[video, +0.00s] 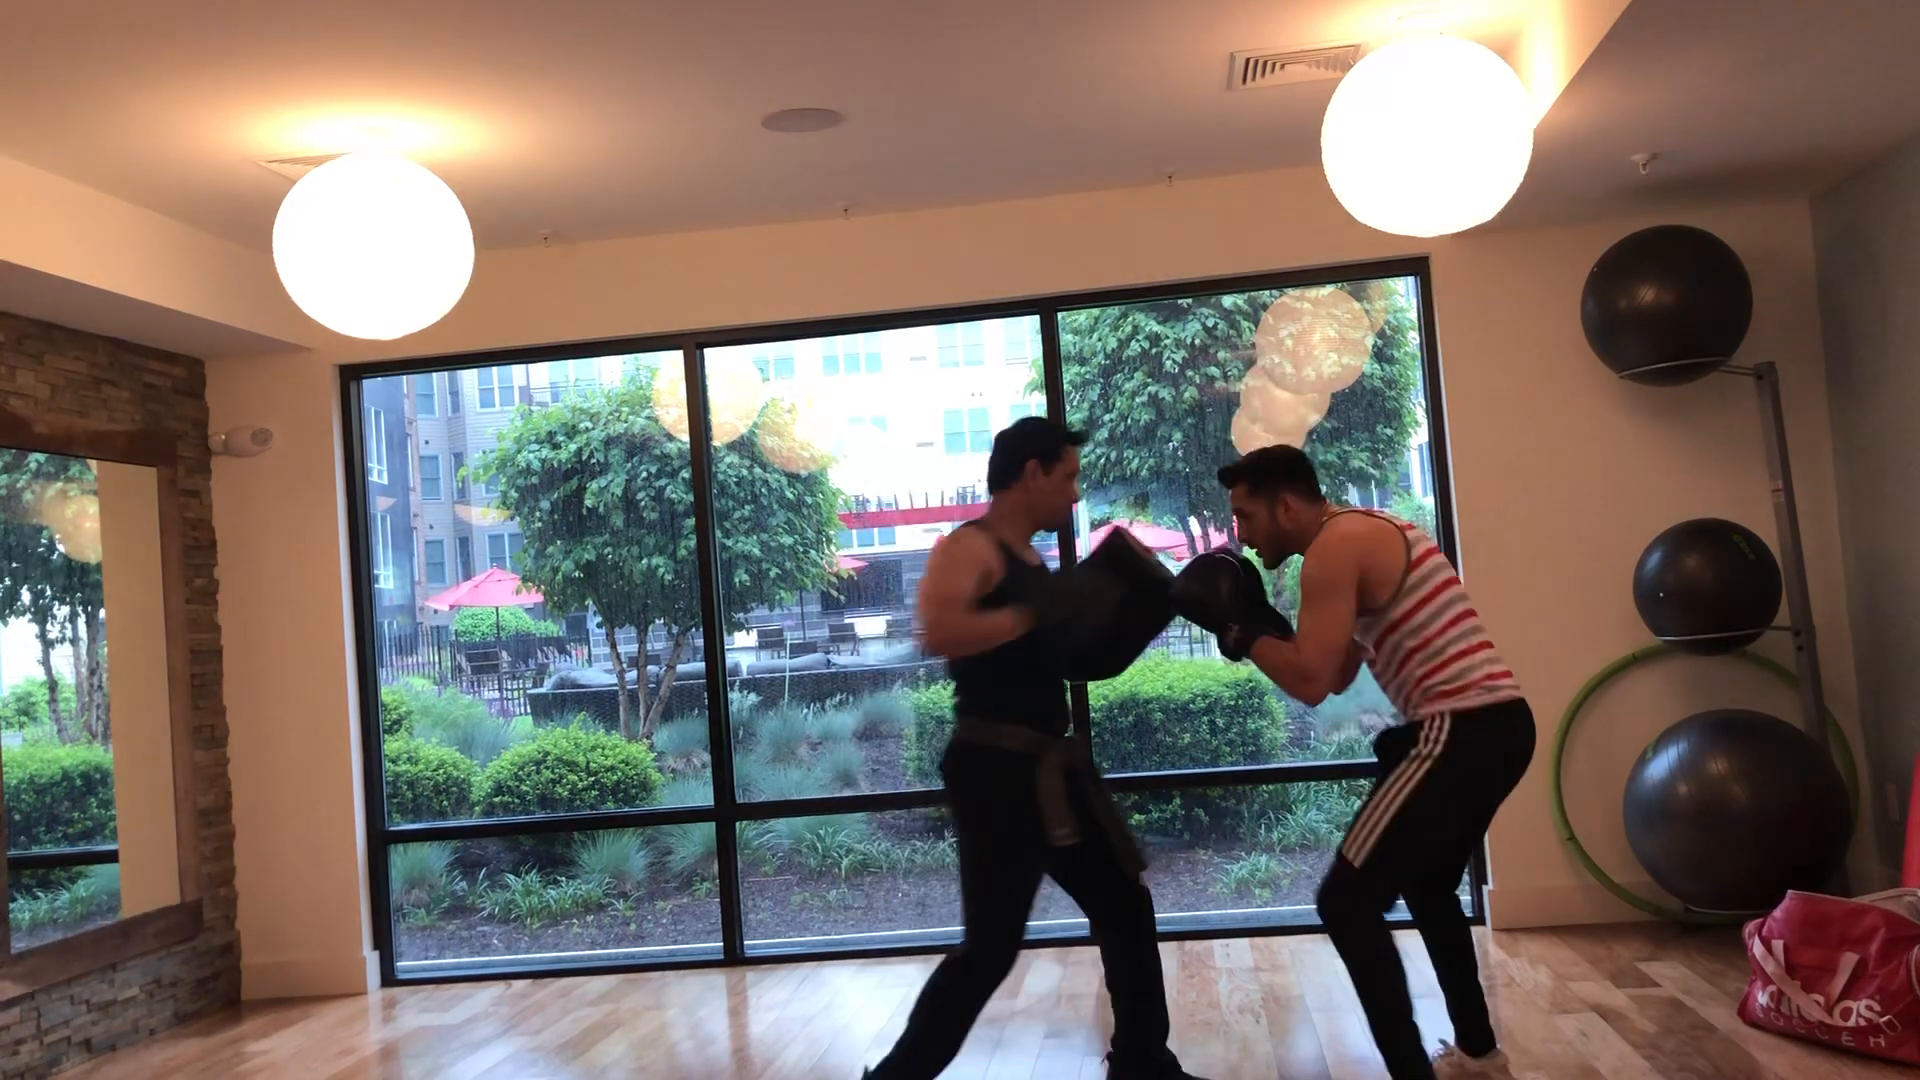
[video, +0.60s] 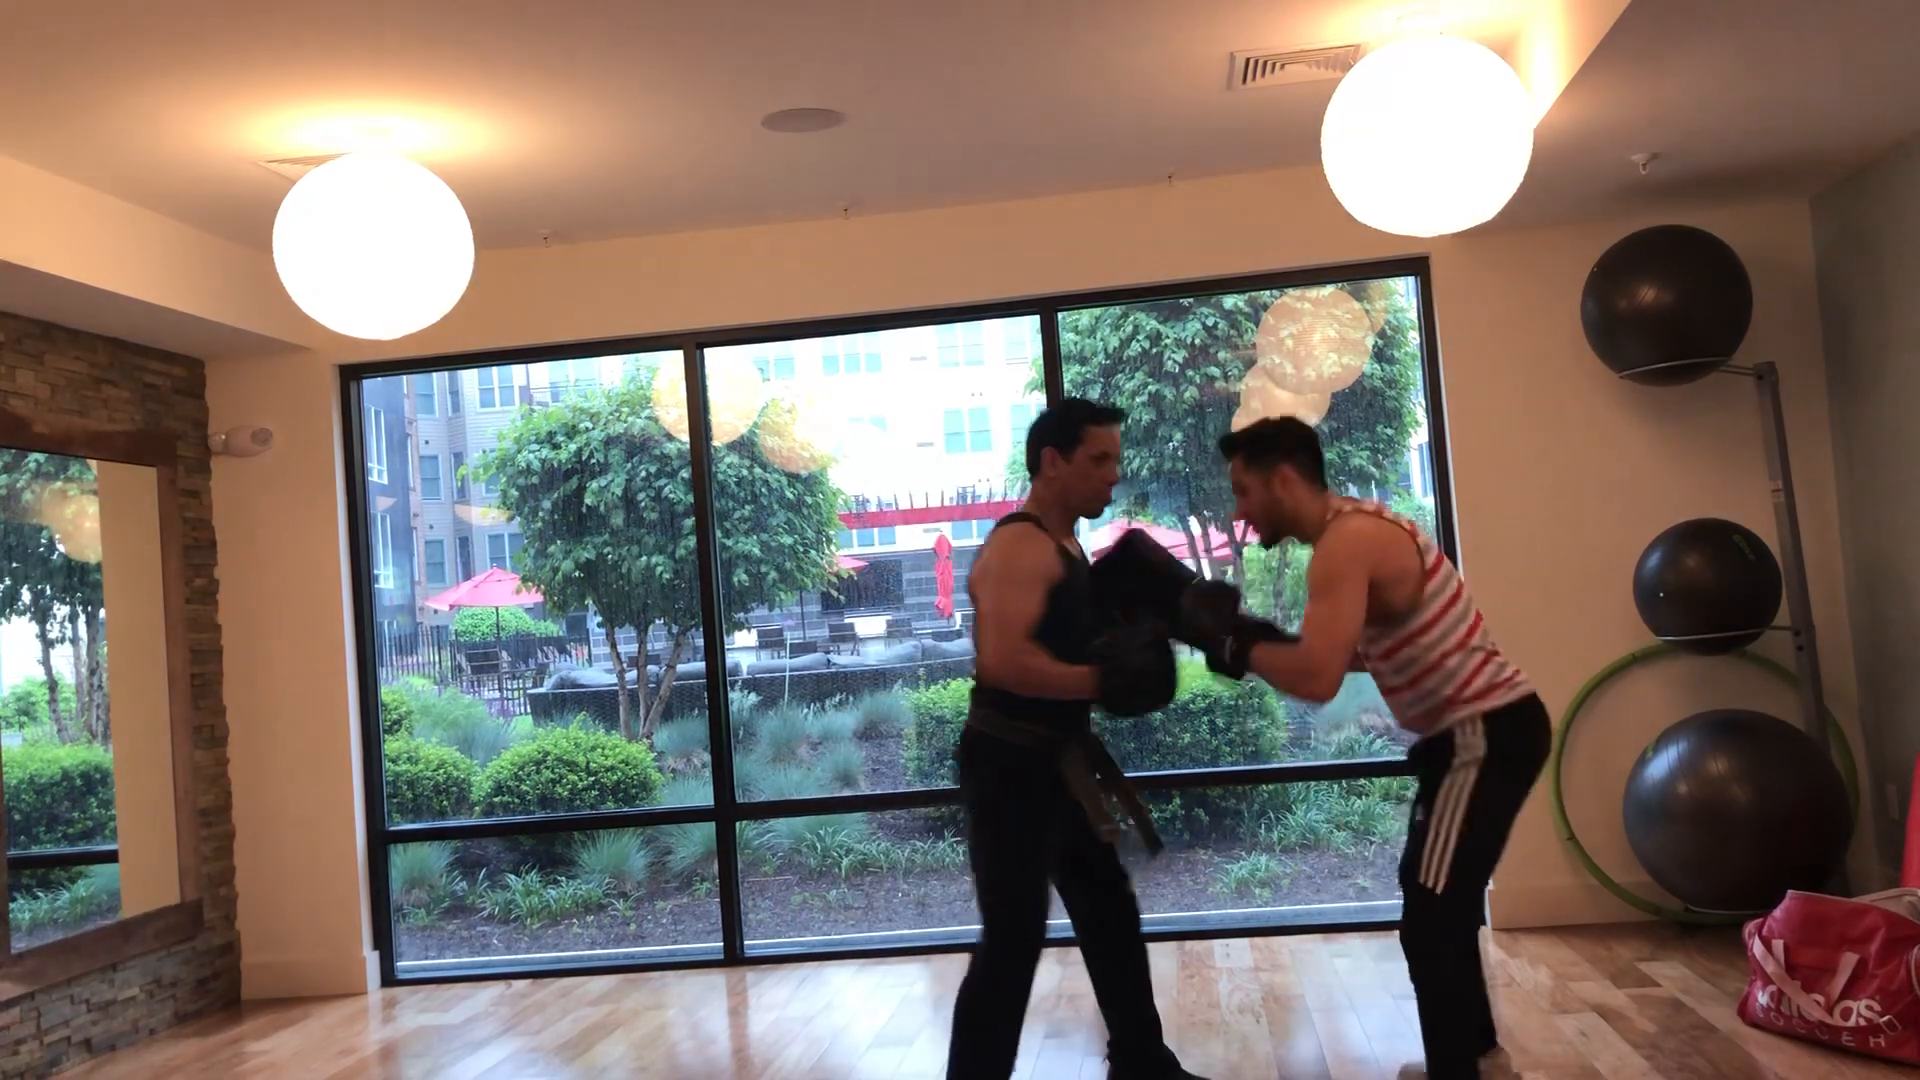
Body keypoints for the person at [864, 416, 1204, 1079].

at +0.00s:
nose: (1077, 492)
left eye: (1078, 478)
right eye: (1070, 478)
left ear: (1028, 479)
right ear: (1030, 476)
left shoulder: (1029, 560)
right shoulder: (966, 547)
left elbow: (1068, 649)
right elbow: (938, 631)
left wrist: (1119, 590)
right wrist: (1038, 611)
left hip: (1047, 763)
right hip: (991, 767)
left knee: (1124, 907)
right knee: (991, 947)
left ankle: (1143, 1061)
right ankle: (896, 1074)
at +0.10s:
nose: (1096, 488)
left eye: (1097, 475)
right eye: (1088, 473)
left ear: (1048, 473)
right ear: (1046, 469)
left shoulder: (1047, 541)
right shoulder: (1013, 528)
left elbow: (1093, 660)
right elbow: (1073, 590)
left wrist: (1175, 600)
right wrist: (1144, 549)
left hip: (1053, 754)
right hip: (1011, 754)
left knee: (1113, 909)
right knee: (1007, 931)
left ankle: (1142, 1060)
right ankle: (902, 1072)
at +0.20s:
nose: (1110, 483)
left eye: (1111, 470)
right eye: (1101, 469)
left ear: (1048, 472)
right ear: (1054, 466)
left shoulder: (1005, 544)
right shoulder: (1068, 520)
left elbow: (1048, 662)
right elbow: (1189, 524)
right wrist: (1287, 517)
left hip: (1027, 749)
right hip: (1022, 752)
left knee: (1098, 909)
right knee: (1002, 929)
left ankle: (1139, 1062)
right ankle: (912, 1072)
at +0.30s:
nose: (1124, 483)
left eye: (1126, 470)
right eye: (1114, 470)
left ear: (1065, 473)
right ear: (1065, 468)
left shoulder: (1017, 539)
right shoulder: (1092, 527)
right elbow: (1204, 553)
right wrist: (1288, 551)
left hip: (1019, 745)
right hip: (1033, 750)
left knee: (1094, 908)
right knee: (1011, 928)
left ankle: (1139, 1061)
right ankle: (920, 1072)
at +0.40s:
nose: (1131, 486)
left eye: (1134, 472)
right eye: (1118, 471)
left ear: (1072, 476)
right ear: (1073, 470)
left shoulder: (1019, 543)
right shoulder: (1085, 540)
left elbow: (1086, 665)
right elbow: (1177, 627)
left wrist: (1188, 631)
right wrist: (1217, 590)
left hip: (1033, 749)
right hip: (1035, 755)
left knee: (1108, 904)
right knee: (1022, 933)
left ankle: (1139, 1057)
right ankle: (954, 1072)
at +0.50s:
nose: (1124, 486)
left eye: (1127, 472)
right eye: (1112, 472)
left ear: (1066, 475)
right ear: (1065, 470)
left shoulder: (1027, 539)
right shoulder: (1058, 548)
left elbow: (1063, 643)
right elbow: (1089, 664)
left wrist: (1141, 623)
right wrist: (1172, 652)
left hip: (1045, 758)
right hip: (1030, 764)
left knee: (1121, 906)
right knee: (1031, 937)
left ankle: (1140, 1057)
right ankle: (982, 1074)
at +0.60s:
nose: (1115, 475)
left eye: (1117, 461)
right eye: (1102, 461)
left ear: (1065, 466)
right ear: (1051, 461)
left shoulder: (1063, 543)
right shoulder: (1018, 546)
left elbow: (1070, 637)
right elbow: (1001, 660)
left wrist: (1131, 622)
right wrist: (1105, 679)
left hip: (1058, 749)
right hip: (1007, 757)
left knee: (1108, 910)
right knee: (1012, 938)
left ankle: (1142, 1060)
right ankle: (976, 1074)